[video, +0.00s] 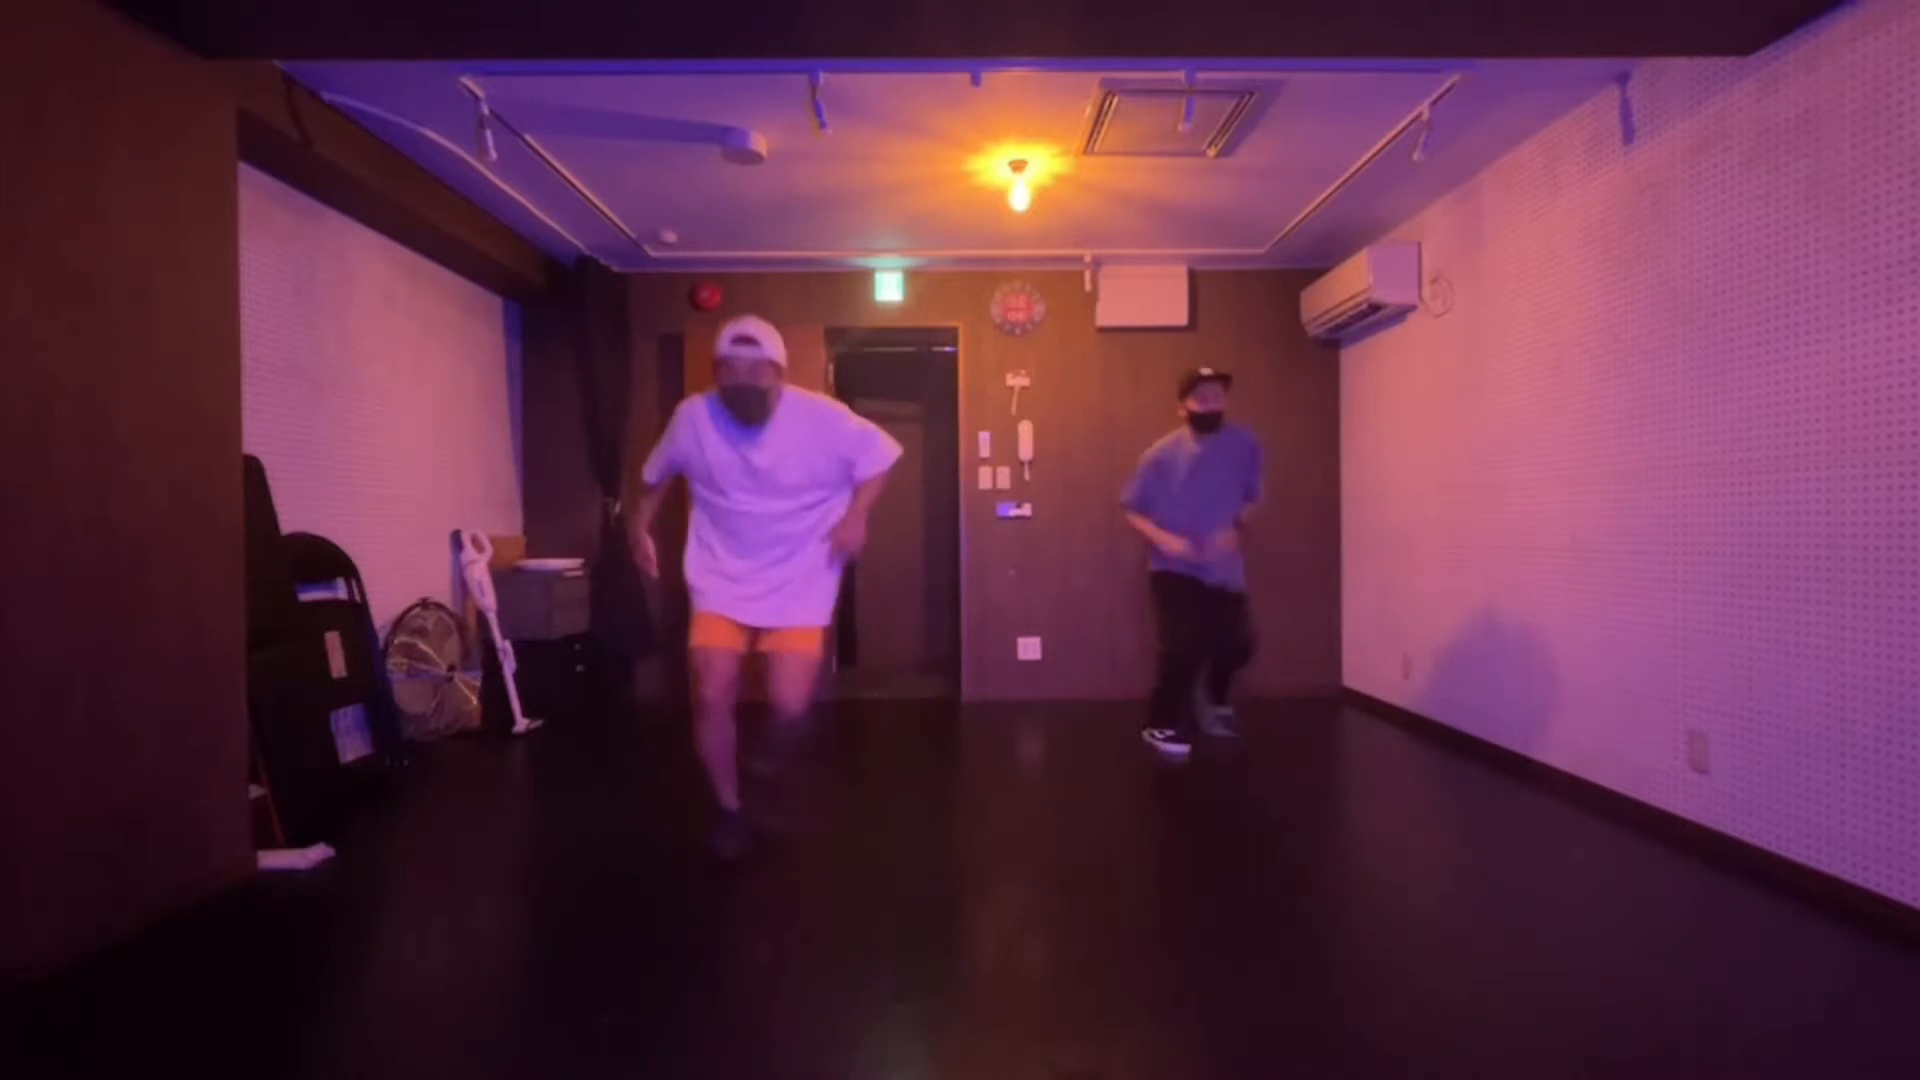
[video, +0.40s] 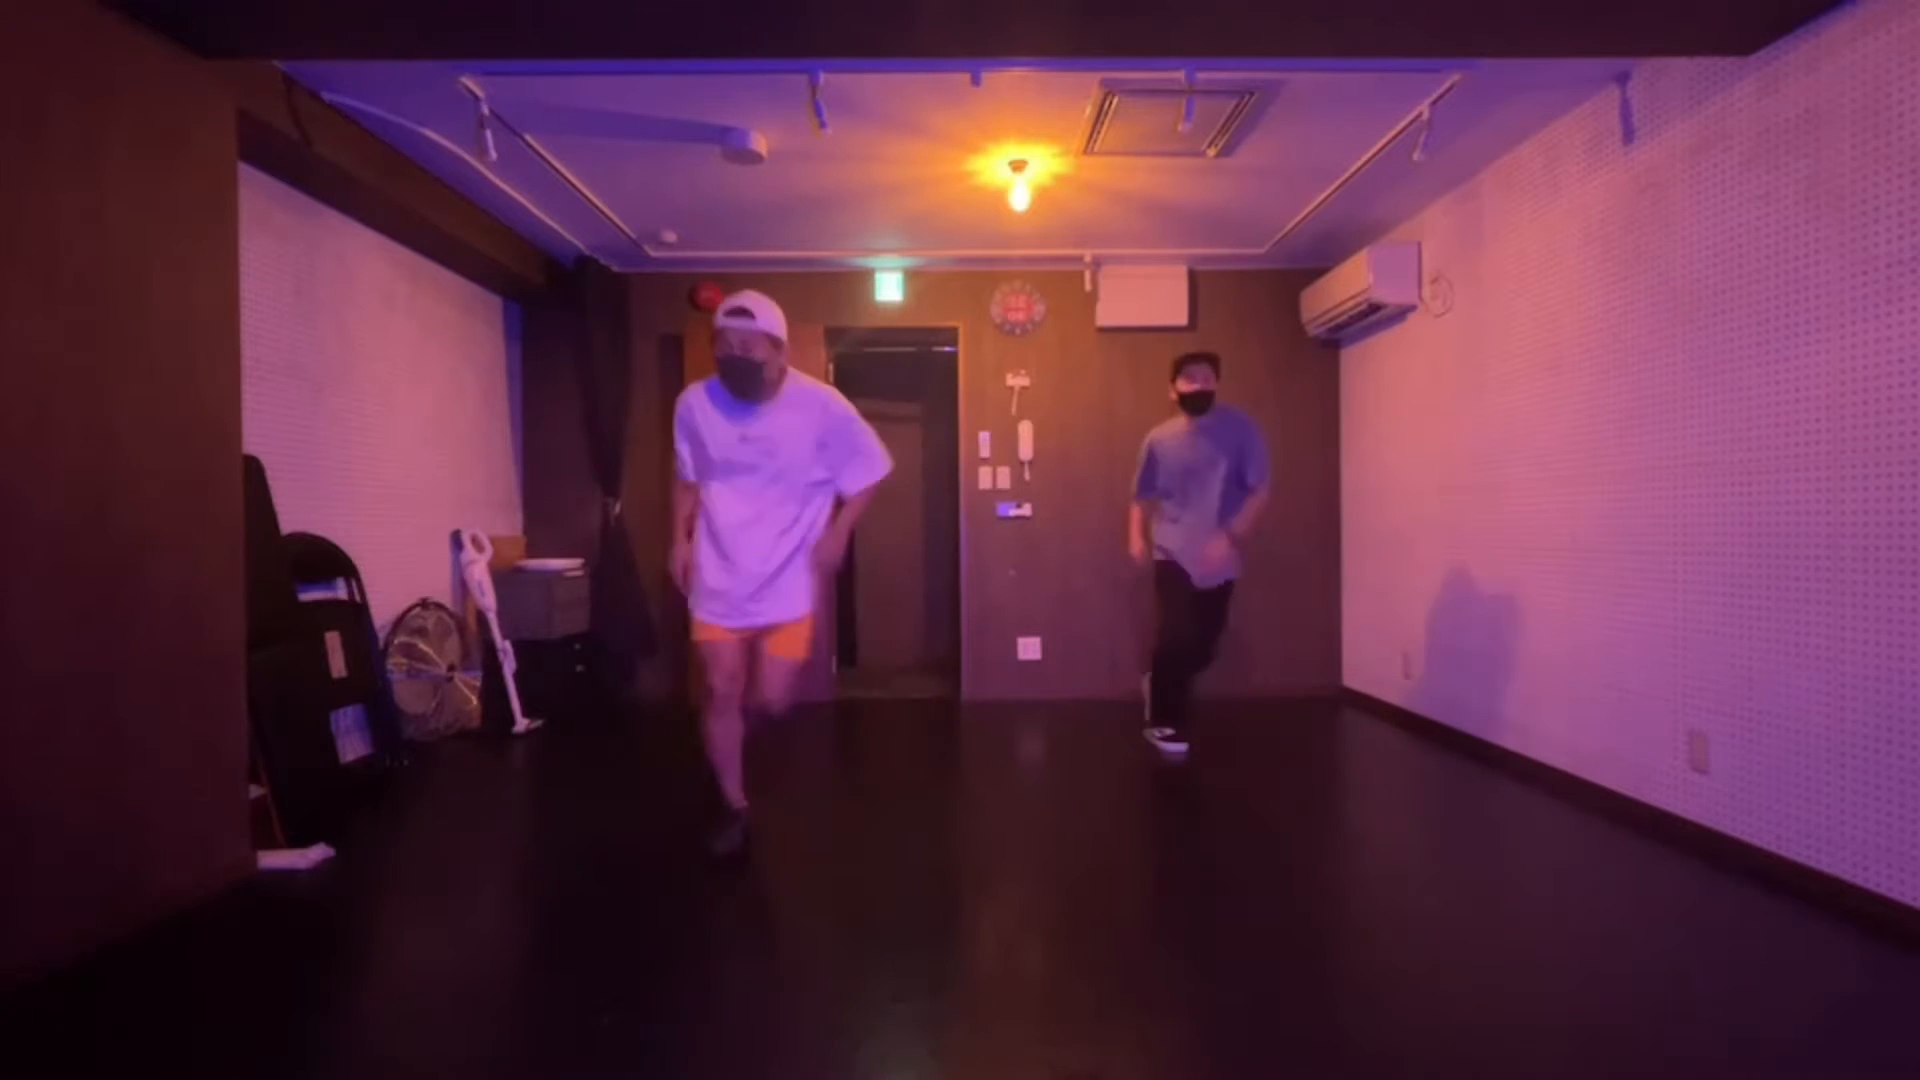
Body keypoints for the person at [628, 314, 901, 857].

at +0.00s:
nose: (744, 381)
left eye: (757, 369)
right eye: (734, 368)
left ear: (779, 374)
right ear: (717, 372)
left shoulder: (817, 416)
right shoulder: (694, 419)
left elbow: (881, 453)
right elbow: (656, 473)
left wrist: (858, 515)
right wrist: (640, 527)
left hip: (800, 578)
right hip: (720, 579)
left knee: (791, 705)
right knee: (712, 695)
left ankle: (779, 786)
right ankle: (729, 811)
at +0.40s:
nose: (735, 357)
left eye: (748, 346)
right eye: (726, 346)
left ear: (777, 350)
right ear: (715, 348)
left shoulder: (819, 404)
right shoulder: (695, 405)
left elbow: (871, 467)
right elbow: (688, 479)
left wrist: (839, 533)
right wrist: (680, 541)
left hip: (791, 574)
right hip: (718, 573)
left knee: (771, 701)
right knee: (721, 692)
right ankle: (733, 809)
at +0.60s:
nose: (770, 373)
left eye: (782, 362)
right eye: (760, 360)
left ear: (802, 366)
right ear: (741, 361)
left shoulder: (832, 415)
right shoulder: (707, 414)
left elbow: (900, 459)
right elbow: (659, 452)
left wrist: (853, 504)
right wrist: (673, 517)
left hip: (811, 578)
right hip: (730, 581)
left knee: (832, 690)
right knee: (724, 696)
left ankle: (754, 684)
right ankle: (735, 815)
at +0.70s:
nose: (811, 325)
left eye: (823, 316)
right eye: (801, 313)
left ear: (839, 328)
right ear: (776, 318)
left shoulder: (864, 393)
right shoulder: (737, 387)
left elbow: (897, 468)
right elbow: (701, 461)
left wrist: (869, 504)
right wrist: (690, 524)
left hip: (832, 565)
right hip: (750, 568)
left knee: (875, 673)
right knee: (743, 687)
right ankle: (736, 809)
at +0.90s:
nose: (869, 331)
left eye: (880, 321)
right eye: (858, 321)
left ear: (896, 325)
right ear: (837, 326)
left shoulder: (922, 397)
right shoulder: (803, 383)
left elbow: (936, 483)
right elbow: (771, 464)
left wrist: (916, 501)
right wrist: (735, 525)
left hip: (886, 569)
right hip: (806, 570)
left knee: (918, 682)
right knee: (774, 681)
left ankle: (899, 807)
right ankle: (741, 808)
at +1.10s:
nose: (914, 338)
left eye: (926, 329)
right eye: (904, 326)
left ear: (943, 338)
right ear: (884, 330)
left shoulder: (963, 397)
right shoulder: (844, 378)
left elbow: (1019, 454)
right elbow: (788, 433)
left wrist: (983, 476)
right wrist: (772, 483)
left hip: (918, 570)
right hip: (841, 561)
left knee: (929, 679)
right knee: (809, 668)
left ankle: (948, 792)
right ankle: (799, 791)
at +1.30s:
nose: (959, 368)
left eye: (969, 358)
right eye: (947, 356)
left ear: (980, 365)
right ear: (922, 360)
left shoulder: (995, 425)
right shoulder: (881, 397)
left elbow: (1057, 470)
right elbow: (803, 420)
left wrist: (1016, 486)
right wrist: (810, 488)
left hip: (950, 578)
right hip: (876, 572)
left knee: (941, 687)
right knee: (867, 691)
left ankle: (955, 799)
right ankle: (889, 775)